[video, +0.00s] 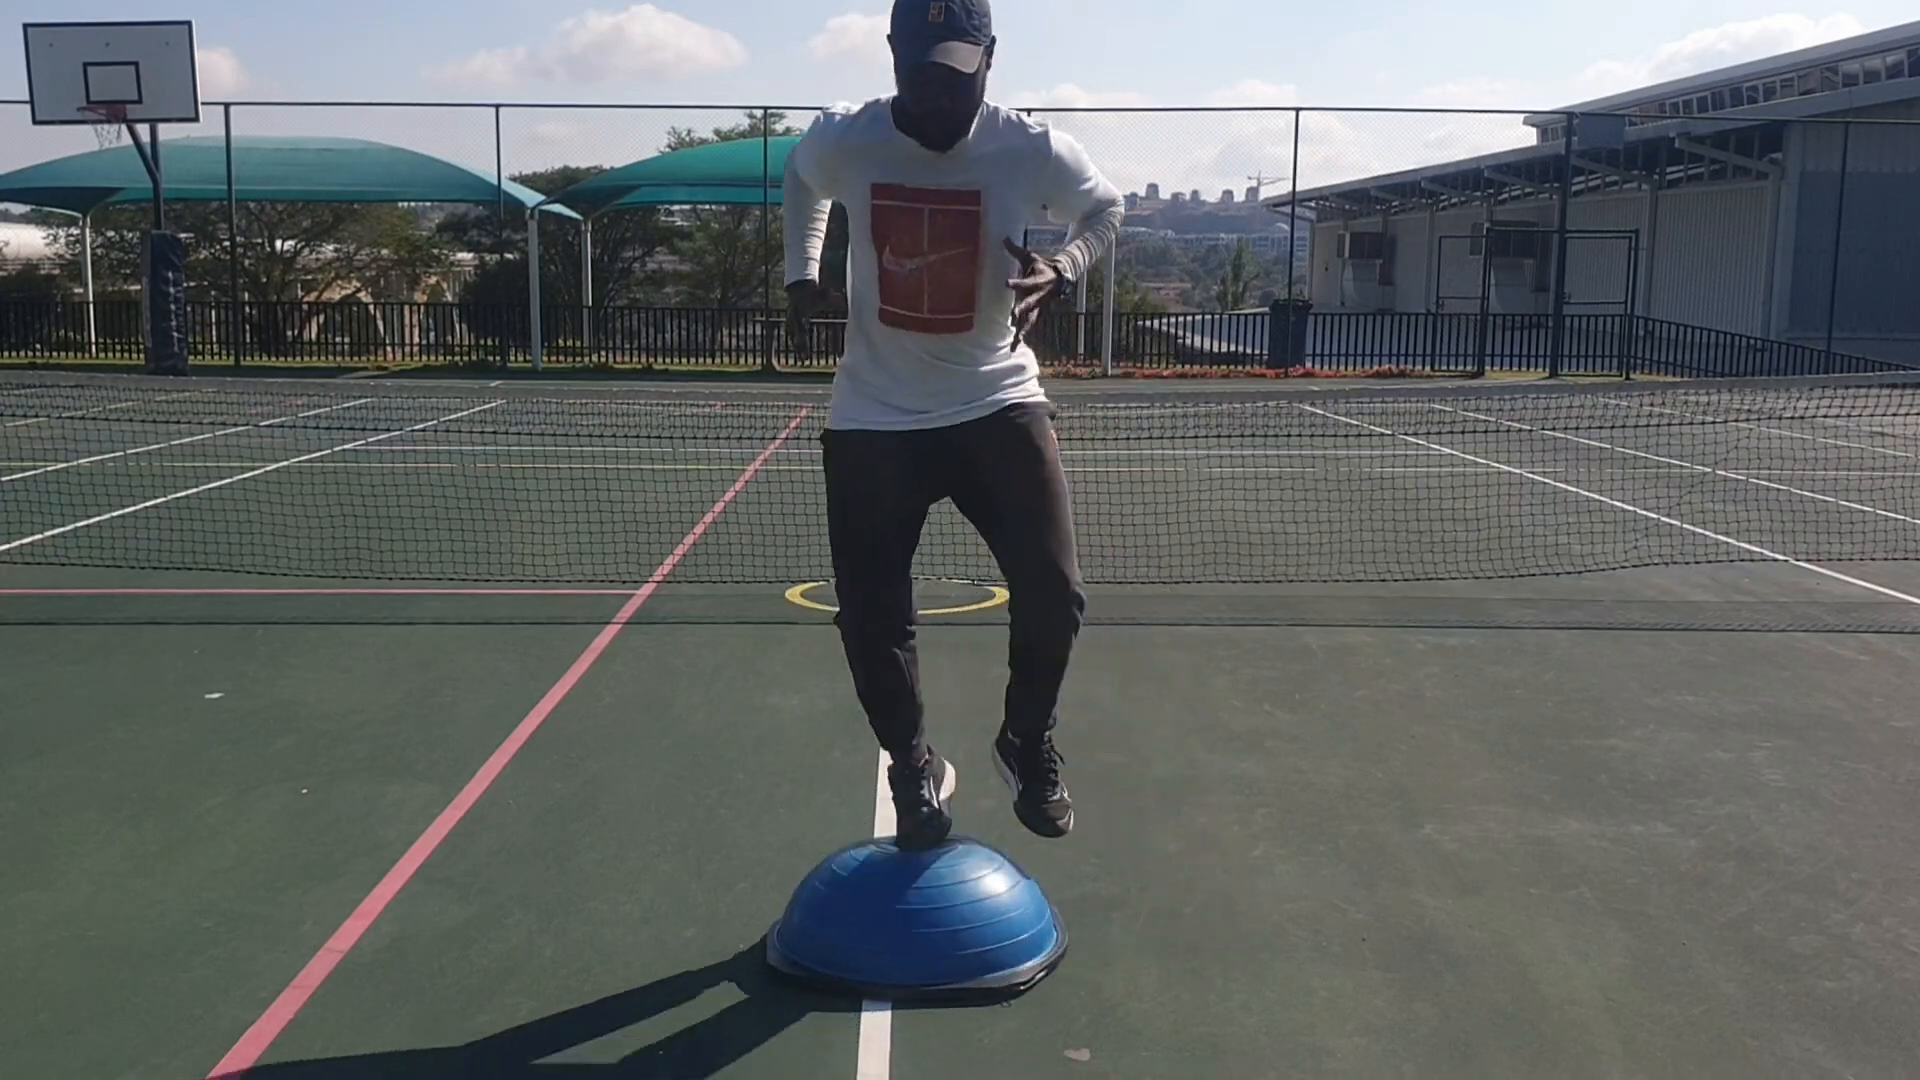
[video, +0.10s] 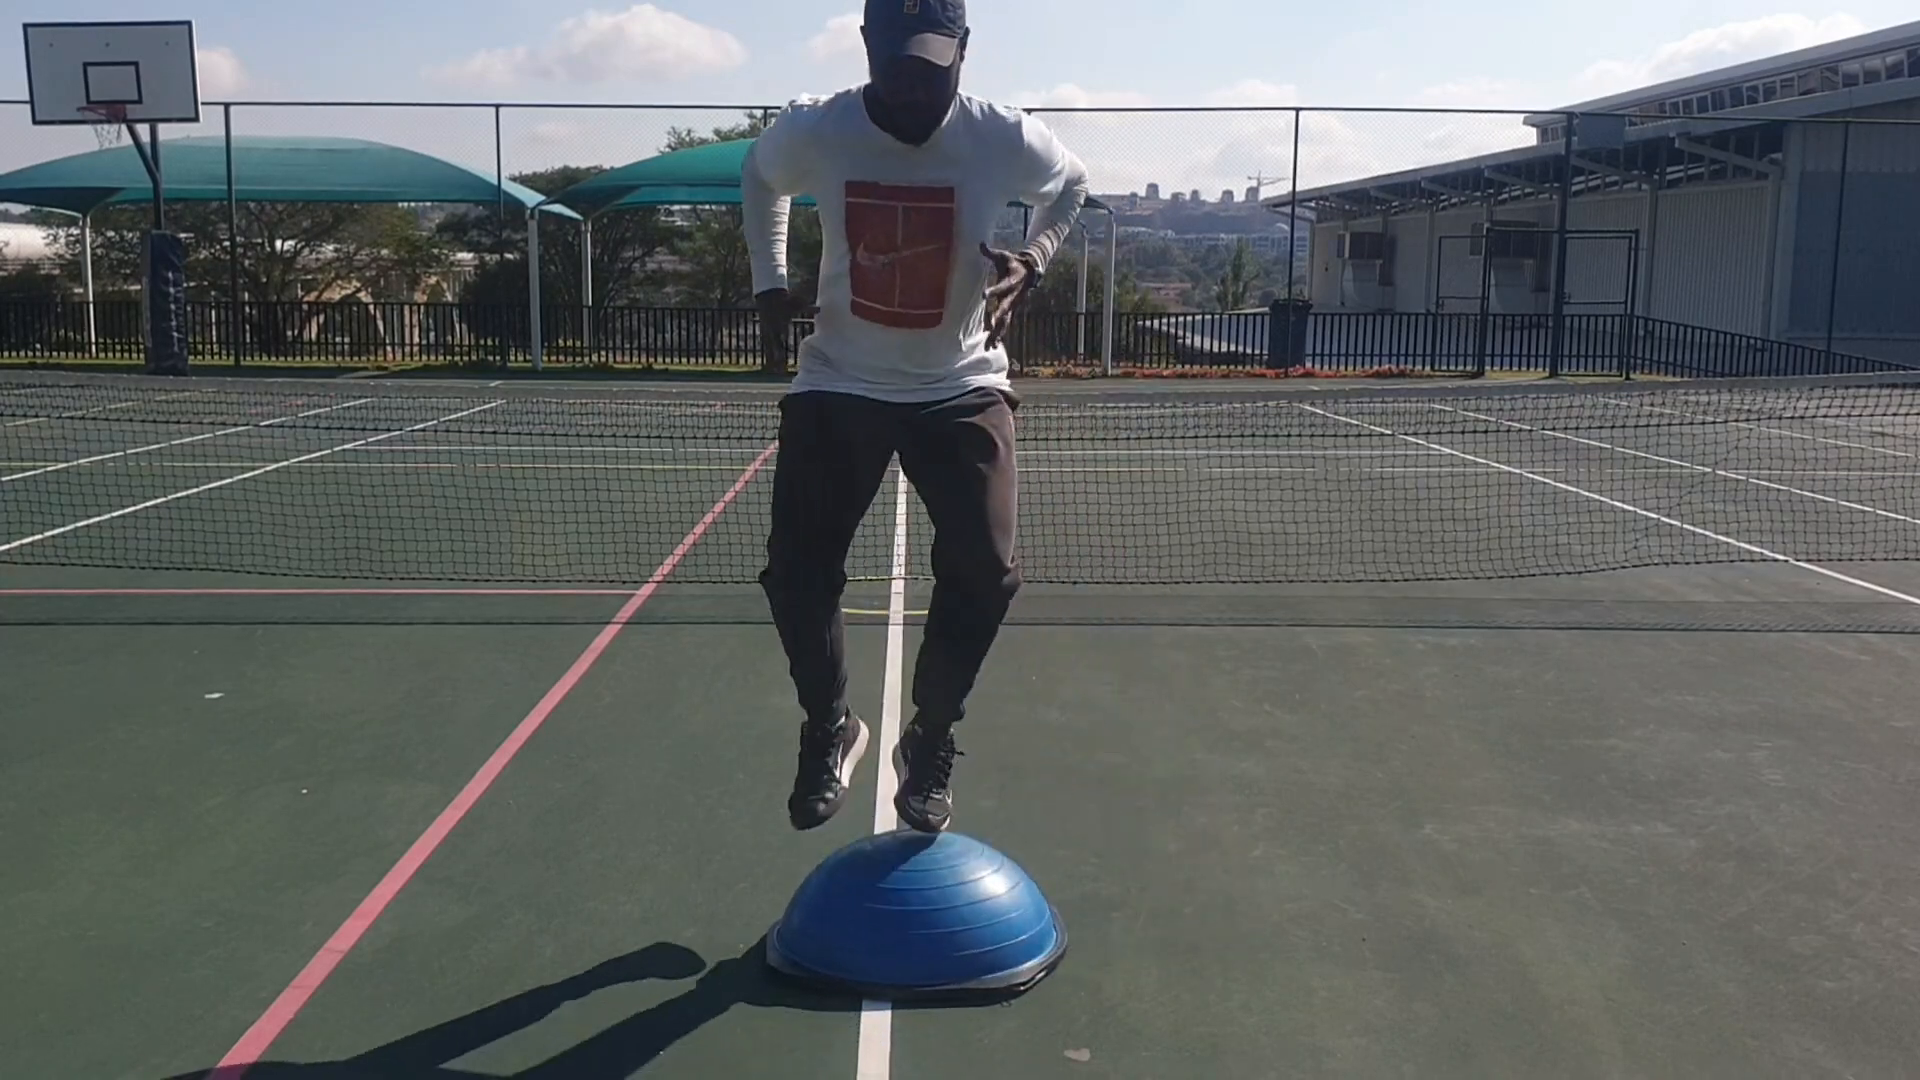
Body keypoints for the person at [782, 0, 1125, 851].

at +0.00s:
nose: (944, 96)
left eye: (961, 80)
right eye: (928, 76)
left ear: (987, 69)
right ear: (897, 59)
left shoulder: (1030, 150)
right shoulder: (842, 143)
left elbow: (1106, 208)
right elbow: (803, 180)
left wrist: (1063, 262)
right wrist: (804, 281)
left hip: (995, 399)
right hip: (874, 408)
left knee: (1053, 591)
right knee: (870, 615)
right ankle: (911, 769)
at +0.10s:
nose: (913, 89)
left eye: (931, 72)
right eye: (898, 69)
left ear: (960, 59)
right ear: (870, 52)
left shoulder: (1005, 141)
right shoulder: (815, 133)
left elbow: (1070, 191)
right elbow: (760, 178)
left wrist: (1034, 257)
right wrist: (771, 282)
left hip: (961, 385)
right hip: (839, 381)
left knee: (987, 571)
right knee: (796, 574)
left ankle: (931, 744)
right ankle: (827, 725)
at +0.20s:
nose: (889, 111)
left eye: (905, 91)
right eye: (870, 92)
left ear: (932, 77)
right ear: (838, 75)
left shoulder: (979, 164)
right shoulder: (781, 158)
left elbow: (1029, 210)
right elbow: (732, 208)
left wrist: (993, 278)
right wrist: (748, 310)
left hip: (923, 431)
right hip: (799, 428)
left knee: (925, 630)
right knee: (742, 623)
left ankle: (880, 806)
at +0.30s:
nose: (866, 174)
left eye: (882, 154)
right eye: (846, 155)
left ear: (906, 145)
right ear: (813, 147)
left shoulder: (951, 242)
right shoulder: (751, 229)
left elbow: (982, 293)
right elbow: (715, 291)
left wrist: (955, 348)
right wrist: (725, 378)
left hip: (881, 493)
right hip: (756, 500)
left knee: (915, 659)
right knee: (698, 688)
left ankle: (881, 812)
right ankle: (647, 860)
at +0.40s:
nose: (859, 204)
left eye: (873, 186)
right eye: (839, 187)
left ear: (893, 178)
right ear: (804, 183)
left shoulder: (934, 280)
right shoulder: (740, 270)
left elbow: (961, 369)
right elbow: (696, 364)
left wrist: (932, 407)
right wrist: (708, 440)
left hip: (871, 515)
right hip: (748, 519)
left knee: (912, 665)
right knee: (696, 706)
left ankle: (874, 802)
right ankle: (649, 861)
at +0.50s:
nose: (867, 131)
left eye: (883, 113)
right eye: (850, 113)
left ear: (913, 108)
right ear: (819, 108)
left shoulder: (963, 209)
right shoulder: (766, 204)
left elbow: (1006, 279)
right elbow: (709, 294)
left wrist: (977, 311)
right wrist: (738, 339)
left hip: (905, 469)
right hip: (782, 474)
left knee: (912, 662)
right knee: (727, 670)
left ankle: (875, 826)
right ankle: (667, 841)